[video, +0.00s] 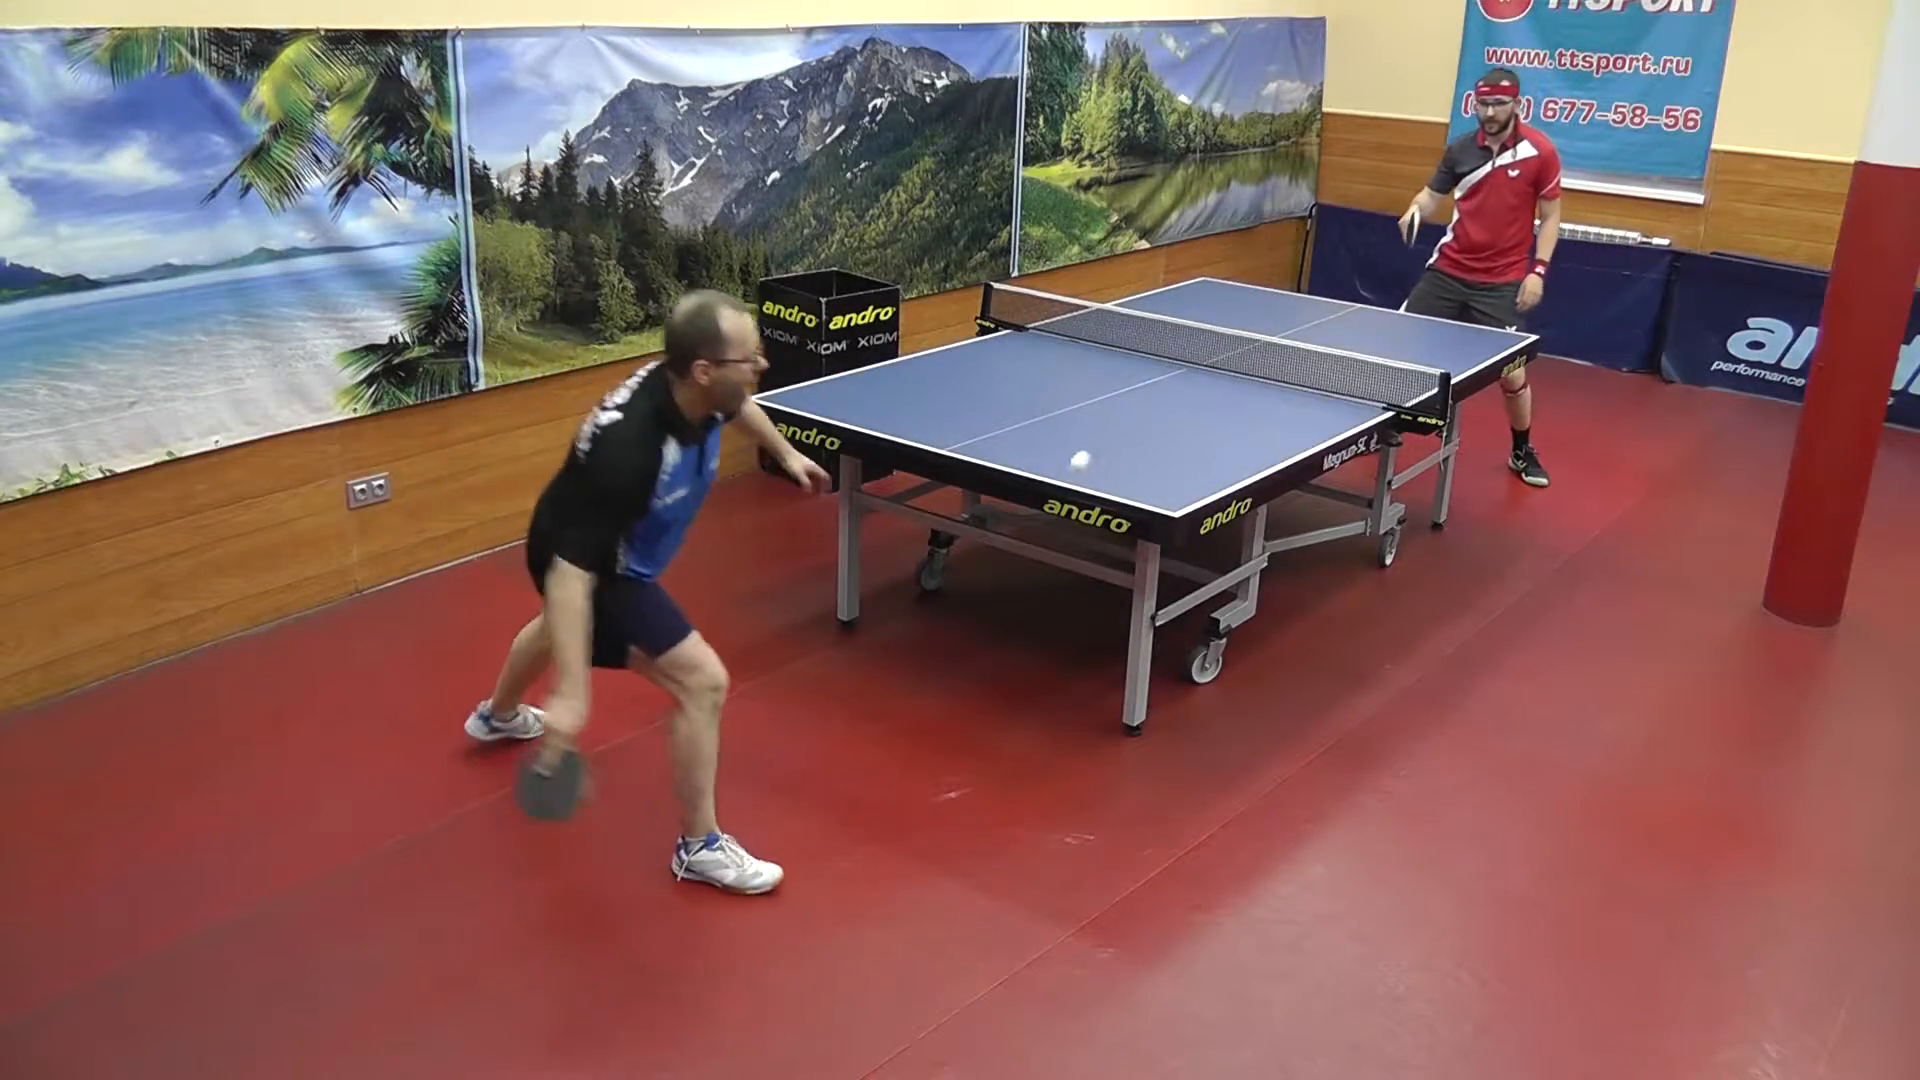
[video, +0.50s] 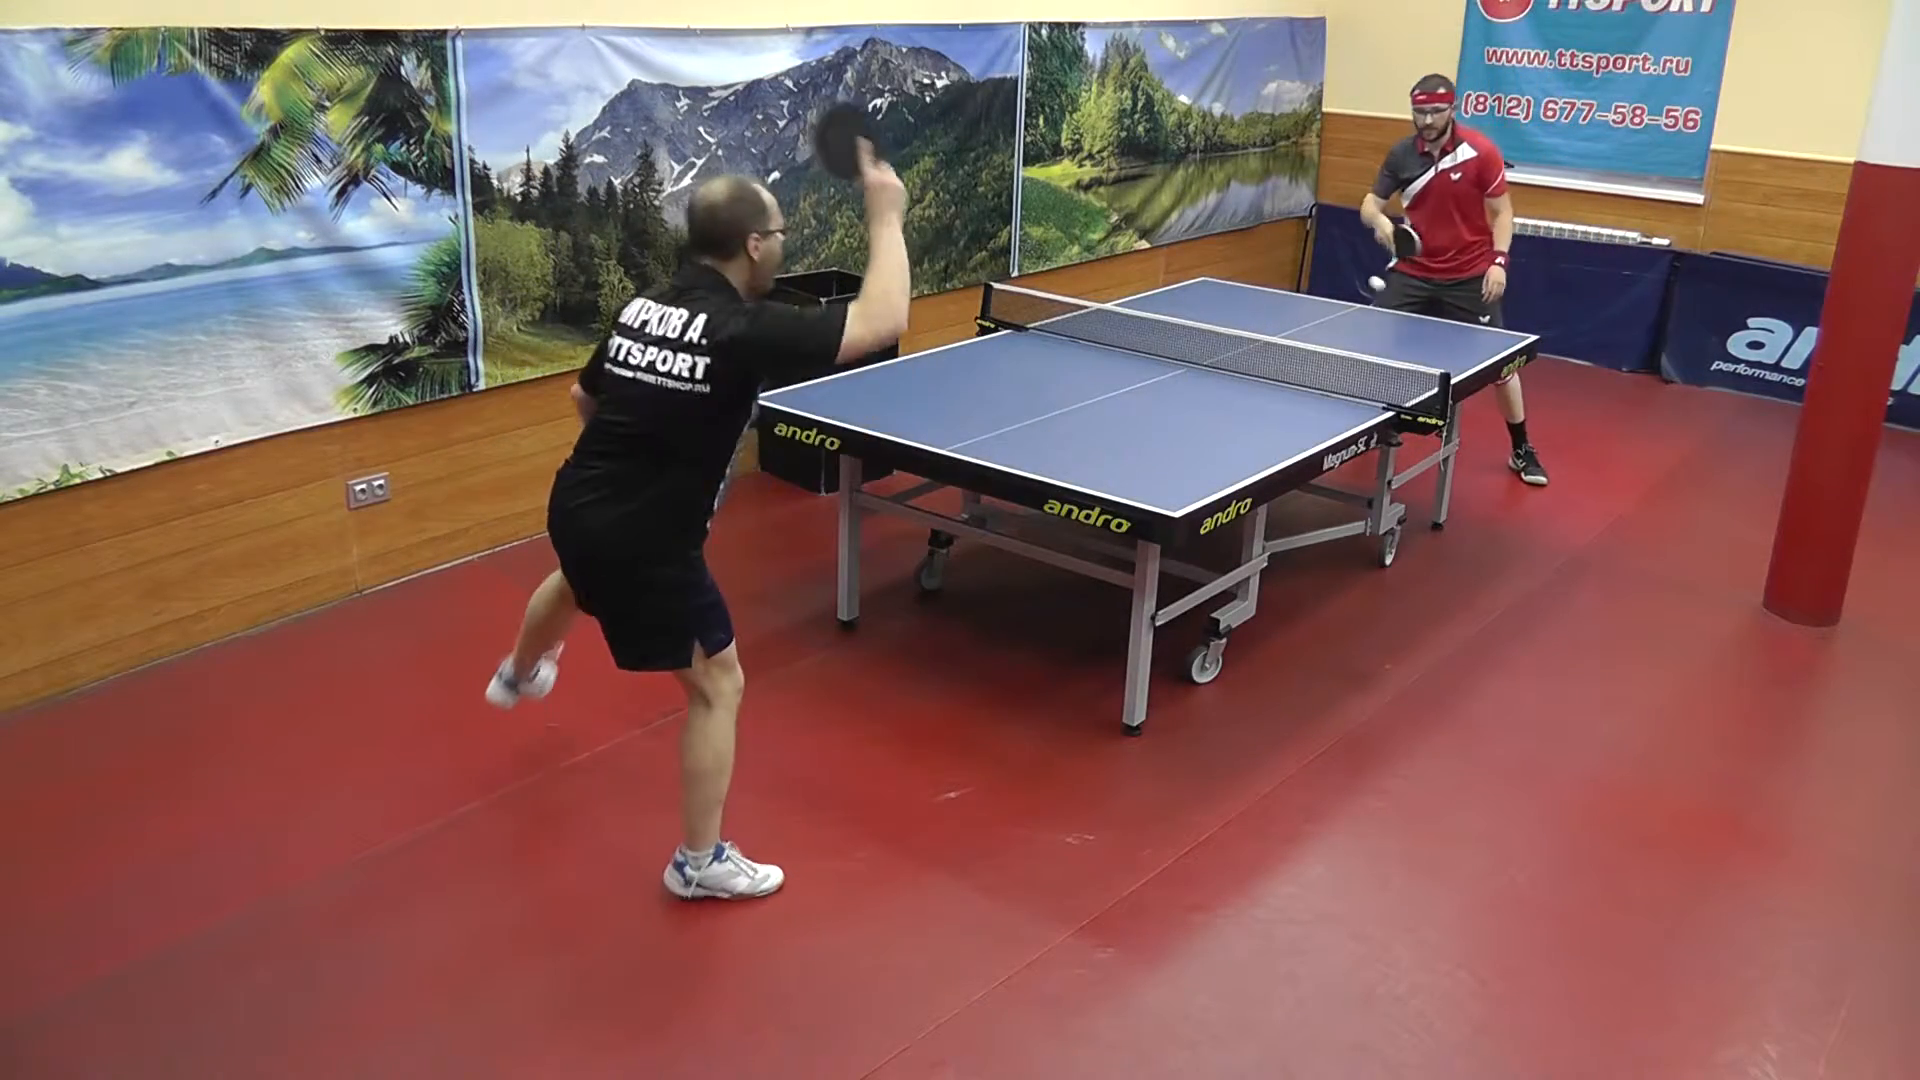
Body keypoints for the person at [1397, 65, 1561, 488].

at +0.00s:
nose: (1489, 114)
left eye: (1498, 105)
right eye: (1483, 104)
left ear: (1517, 106)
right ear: (1475, 106)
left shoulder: (1541, 154)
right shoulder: (1459, 150)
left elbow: (1550, 216)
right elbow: (1432, 195)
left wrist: (1538, 272)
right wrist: (1416, 208)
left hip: (1501, 285)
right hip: (1447, 274)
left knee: (1513, 375)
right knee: (1398, 342)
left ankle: (1522, 451)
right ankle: (1380, 423)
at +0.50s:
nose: (1427, 121)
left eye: (1436, 112)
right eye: (1420, 112)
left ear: (1453, 110)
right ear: (1412, 113)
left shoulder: (1481, 152)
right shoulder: (1401, 154)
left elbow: (1502, 212)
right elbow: (1371, 203)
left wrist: (1499, 262)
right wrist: (1379, 221)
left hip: (1470, 276)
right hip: (1411, 274)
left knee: (1501, 360)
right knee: (1373, 344)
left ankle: (1522, 449)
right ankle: (1368, 426)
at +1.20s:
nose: (1474, 116)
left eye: (1484, 108)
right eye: (1470, 107)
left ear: (1504, 108)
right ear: (1464, 109)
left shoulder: (1531, 153)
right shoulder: (1451, 155)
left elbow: (1549, 210)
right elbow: (1430, 210)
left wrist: (1559, 262)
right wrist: (1438, 242)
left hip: (1506, 283)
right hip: (1450, 275)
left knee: (1521, 368)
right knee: (1403, 340)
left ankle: (1532, 438)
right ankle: (1400, 413)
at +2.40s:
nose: (1529, 122)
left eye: (1538, 113)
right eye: (1522, 113)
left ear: (1555, 111)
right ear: (1513, 110)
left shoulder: (1569, 147)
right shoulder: (1498, 145)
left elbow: (1574, 201)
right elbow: (1468, 198)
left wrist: (1583, 255)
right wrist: (1490, 236)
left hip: (1534, 268)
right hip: (1477, 262)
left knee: (1543, 360)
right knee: (1436, 342)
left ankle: (1533, 437)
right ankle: (1415, 409)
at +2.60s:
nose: (1547, 108)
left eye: (1557, 100)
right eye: (1541, 99)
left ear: (1573, 101)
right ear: (1532, 95)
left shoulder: (1580, 149)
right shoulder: (1511, 120)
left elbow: (1580, 210)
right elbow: (1480, 116)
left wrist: (1584, 265)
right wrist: (1467, 89)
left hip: (1533, 269)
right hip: (1476, 258)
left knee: (1541, 361)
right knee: (1435, 338)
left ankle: (1532, 437)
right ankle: (1424, 410)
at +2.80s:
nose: (1533, 102)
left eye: (1543, 95)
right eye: (1528, 93)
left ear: (1561, 97)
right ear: (1520, 91)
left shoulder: (1574, 150)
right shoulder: (1498, 122)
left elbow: (1572, 215)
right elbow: (1444, 124)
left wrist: (1564, 268)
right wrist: (1441, 101)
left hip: (1524, 276)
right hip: (1468, 262)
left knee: (1533, 366)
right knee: (1425, 338)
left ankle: (1532, 436)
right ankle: (1411, 409)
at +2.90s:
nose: (1521, 102)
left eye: (1531, 94)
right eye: (1516, 93)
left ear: (1549, 97)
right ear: (1509, 93)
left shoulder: (1565, 150)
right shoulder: (1485, 128)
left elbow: (1566, 214)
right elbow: (1437, 152)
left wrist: (1553, 267)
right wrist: (1424, 142)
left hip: (1518, 277)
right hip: (1463, 264)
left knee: (1528, 366)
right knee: (1419, 339)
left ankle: (1531, 437)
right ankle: (1402, 413)